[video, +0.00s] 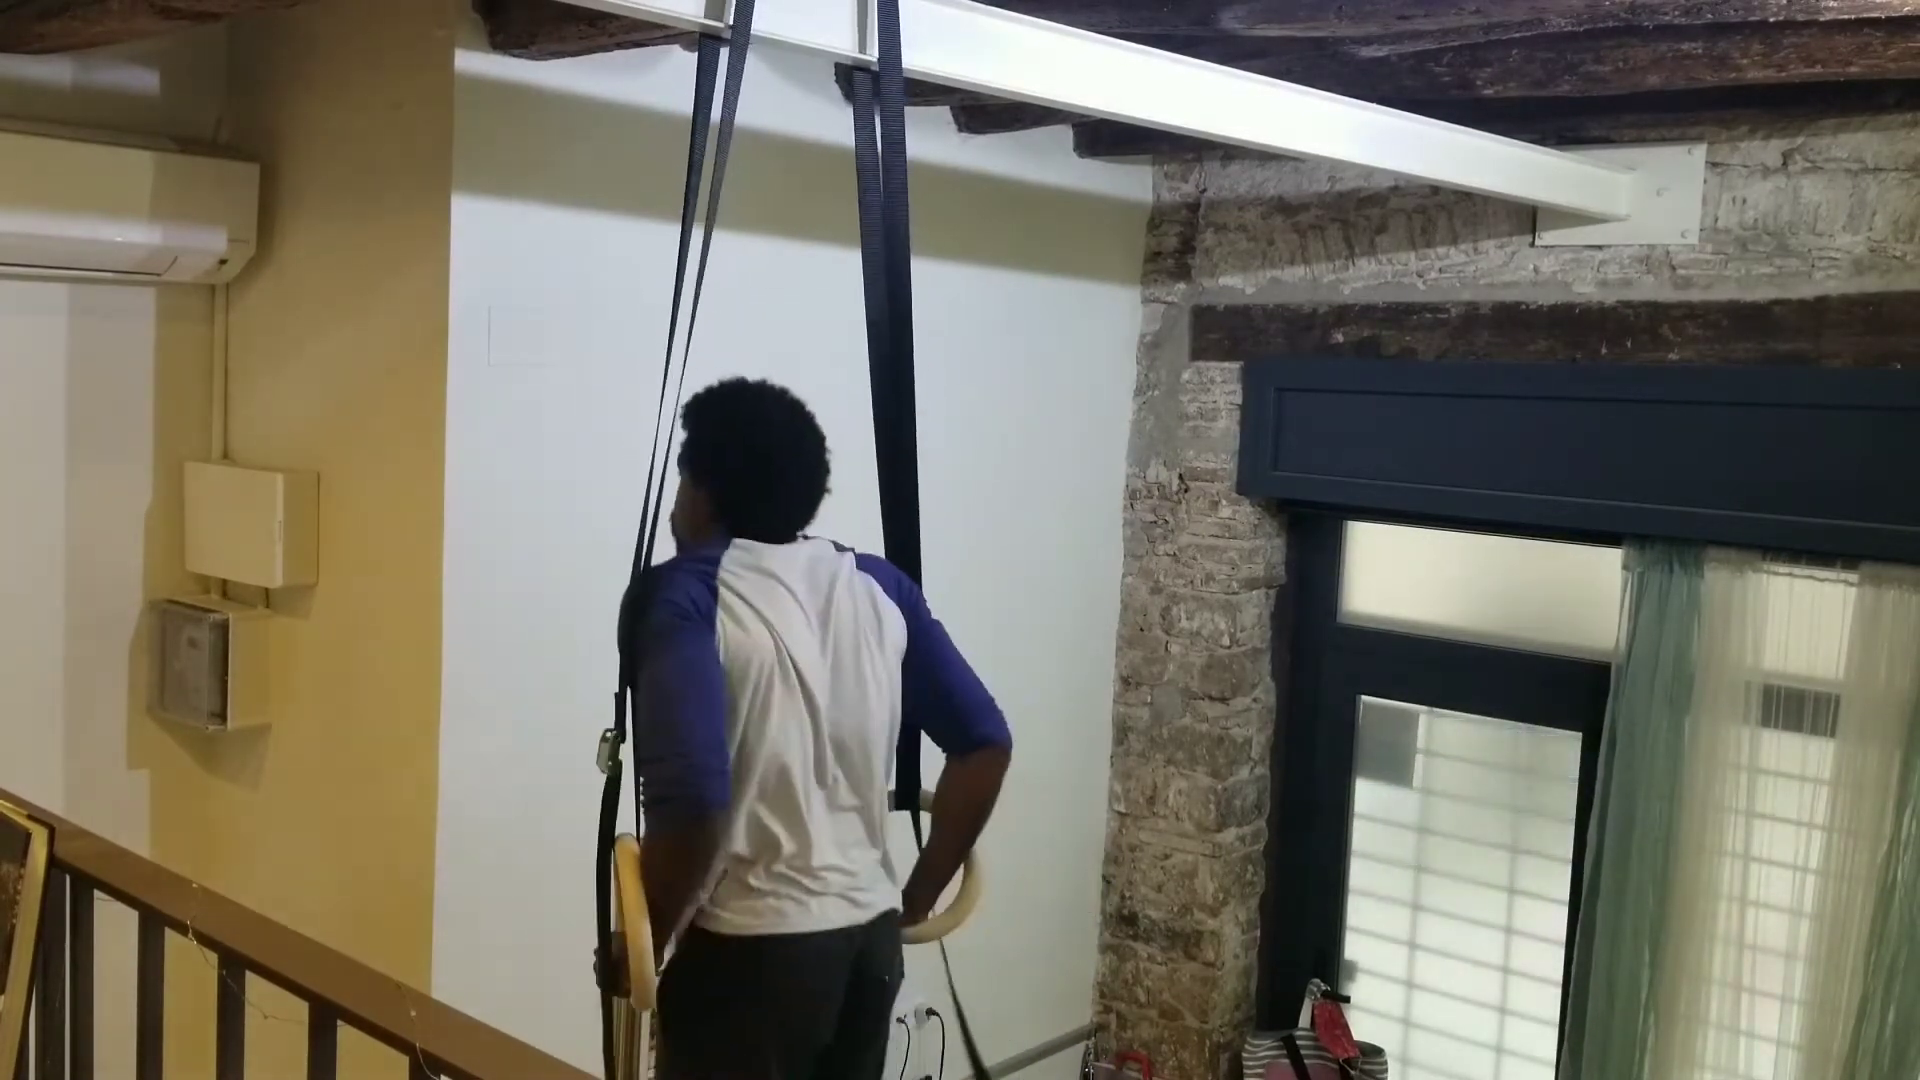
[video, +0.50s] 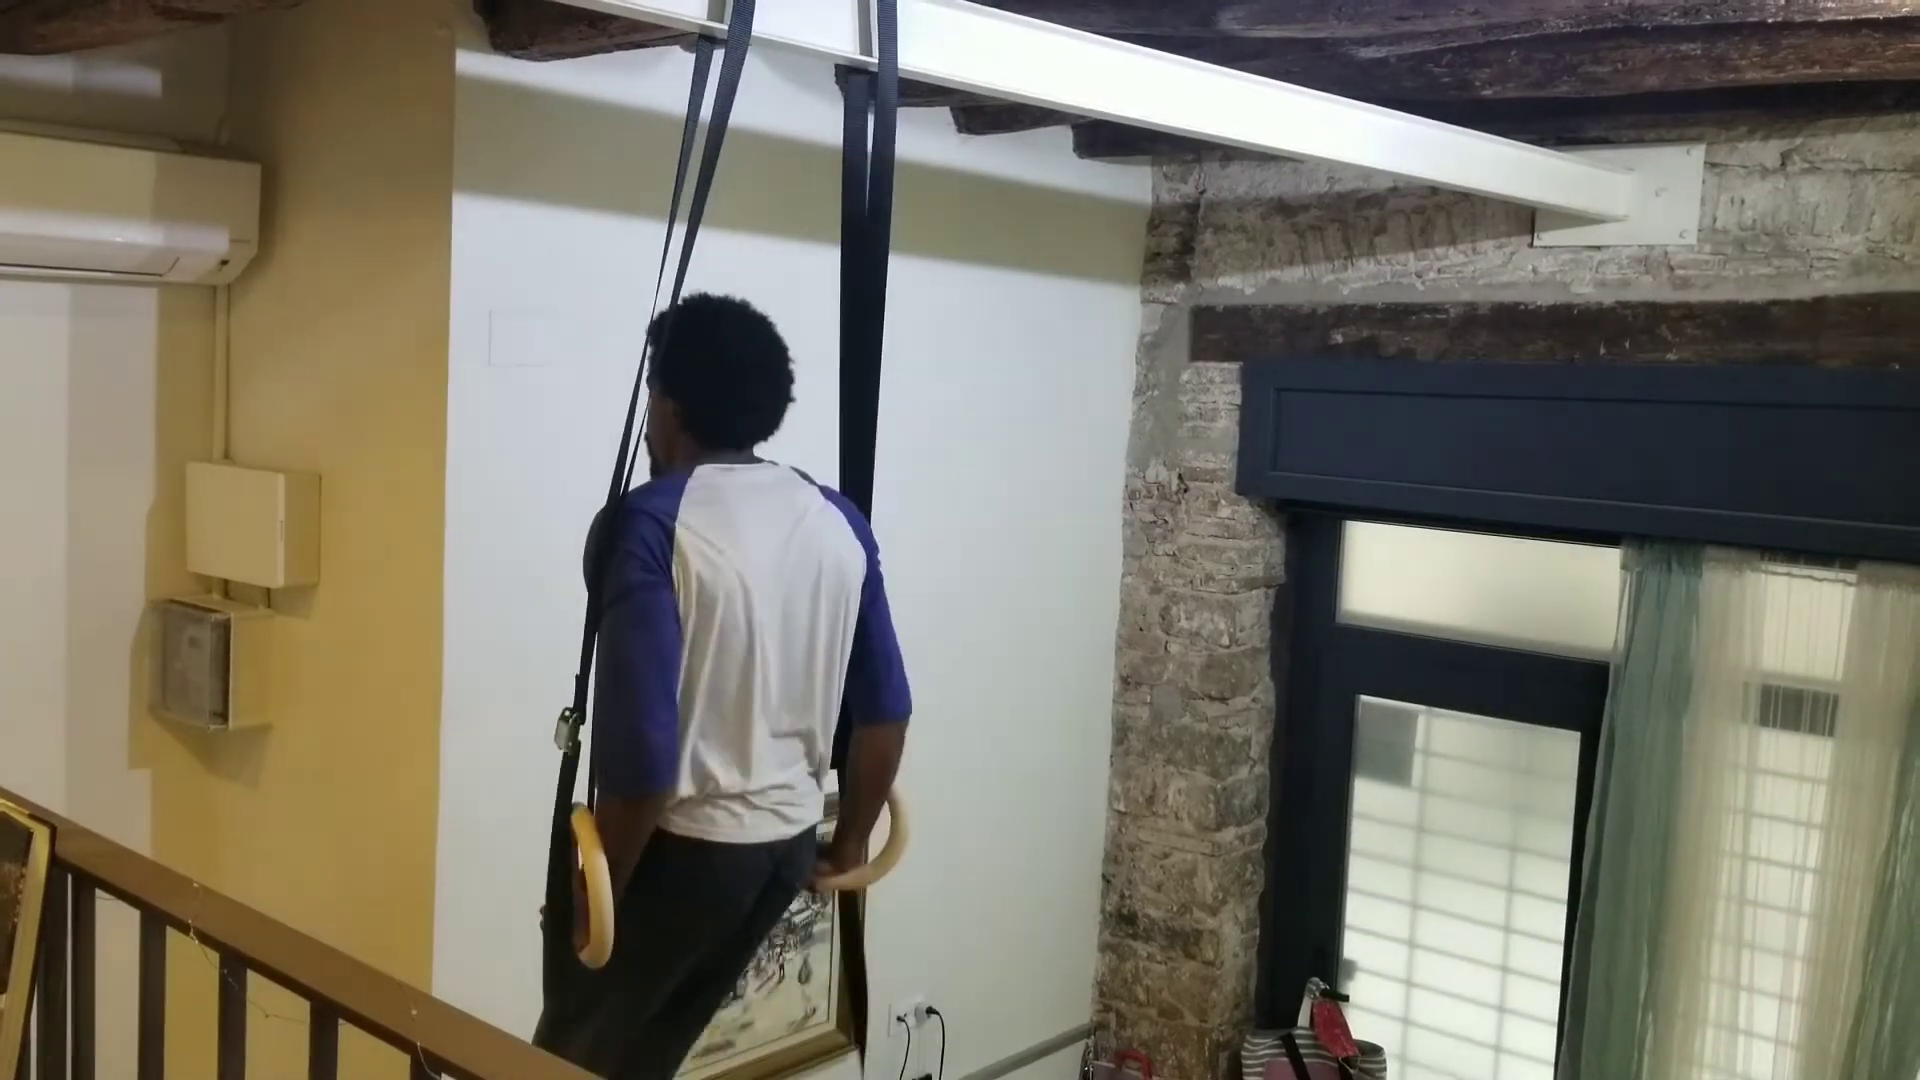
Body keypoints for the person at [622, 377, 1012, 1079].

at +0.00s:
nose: (675, 496)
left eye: (684, 474)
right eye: (683, 473)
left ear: (708, 489)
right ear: (799, 489)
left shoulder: (686, 594)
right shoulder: (880, 584)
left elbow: (694, 800)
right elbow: (983, 743)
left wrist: (639, 946)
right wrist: (920, 893)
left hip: (745, 970)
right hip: (869, 961)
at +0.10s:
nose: (668, 475)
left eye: (674, 452)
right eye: (673, 451)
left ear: (694, 468)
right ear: (793, 468)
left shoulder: (669, 568)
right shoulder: (870, 568)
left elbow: (671, 783)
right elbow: (960, 736)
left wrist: (627, 930)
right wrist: (905, 884)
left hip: (723, 940)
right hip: (844, 940)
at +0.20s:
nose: (666, 454)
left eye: (672, 434)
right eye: (672, 431)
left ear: (688, 448)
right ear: (787, 449)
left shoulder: (662, 555)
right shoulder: (860, 558)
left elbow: (658, 780)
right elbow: (938, 733)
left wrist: (610, 916)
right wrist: (884, 881)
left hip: (698, 920)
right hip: (818, 923)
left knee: (669, 1068)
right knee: (765, 1070)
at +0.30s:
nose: (659, 441)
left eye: (664, 419)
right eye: (664, 418)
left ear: (680, 434)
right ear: (777, 437)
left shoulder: (652, 543)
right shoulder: (851, 548)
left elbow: (648, 769)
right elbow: (919, 727)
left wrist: (599, 907)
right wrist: (867, 874)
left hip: (684, 906)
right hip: (798, 905)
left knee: (636, 1068)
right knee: (729, 1068)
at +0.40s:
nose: (653, 429)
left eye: (657, 407)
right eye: (659, 405)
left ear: (671, 422)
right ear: (770, 423)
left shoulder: (650, 533)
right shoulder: (842, 536)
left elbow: (644, 773)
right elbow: (899, 720)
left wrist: (589, 899)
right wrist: (854, 859)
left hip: (672, 885)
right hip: (785, 883)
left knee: (599, 1067)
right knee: (686, 1067)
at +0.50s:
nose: (648, 411)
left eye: (653, 391)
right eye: (653, 390)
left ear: (670, 408)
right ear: (767, 408)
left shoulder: (647, 521)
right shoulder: (839, 522)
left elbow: (641, 757)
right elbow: (883, 709)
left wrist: (588, 894)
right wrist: (850, 838)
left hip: (672, 864)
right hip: (776, 867)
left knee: (573, 1062)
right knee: (649, 1063)